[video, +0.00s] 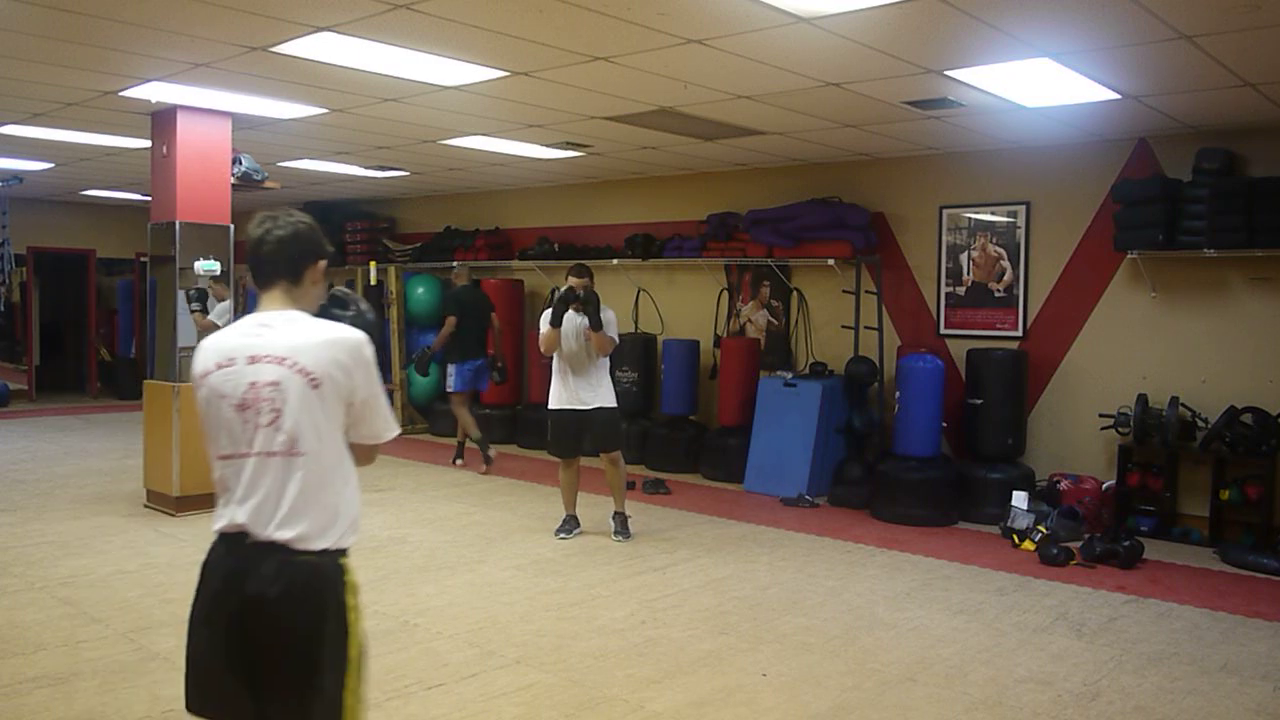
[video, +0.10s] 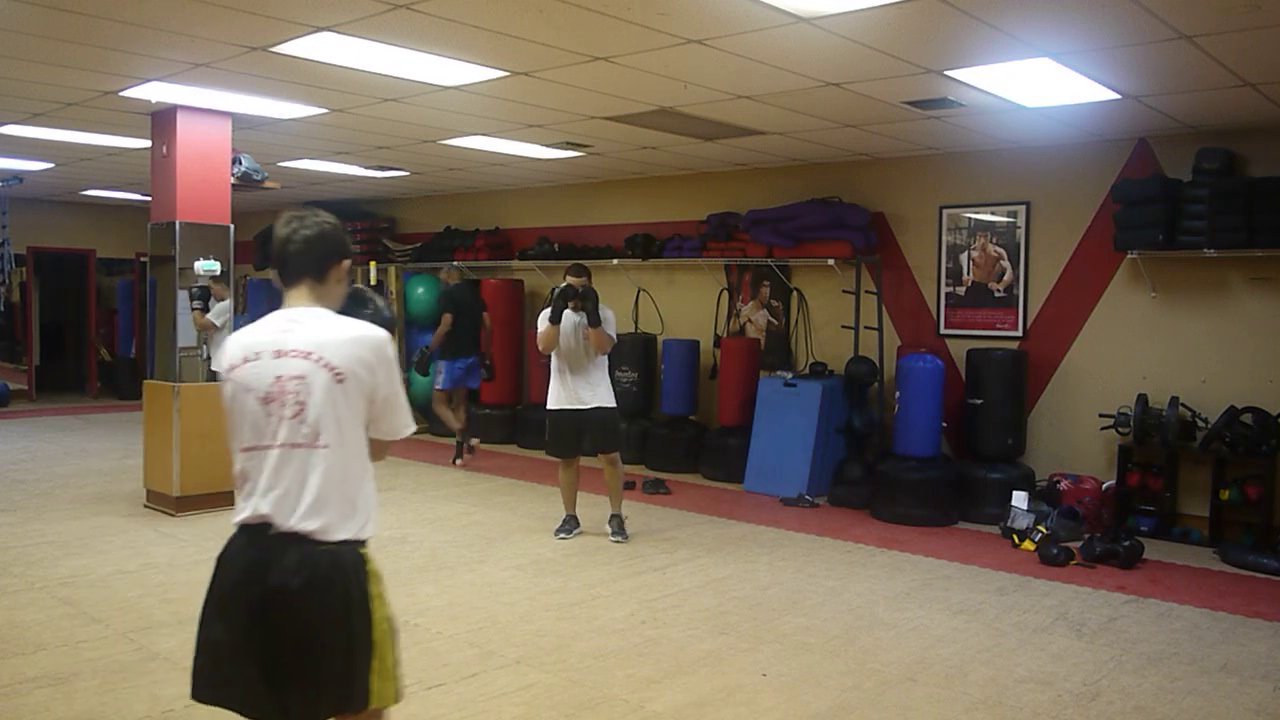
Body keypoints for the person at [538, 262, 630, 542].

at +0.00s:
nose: (577, 294)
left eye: (583, 289)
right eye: (572, 289)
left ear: (592, 287)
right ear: (564, 286)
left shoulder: (605, 314)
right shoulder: (550, 314)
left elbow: (604, 349)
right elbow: (546, 349)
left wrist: (593, 315)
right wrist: (558, 313)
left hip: (600, 399)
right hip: (564, 400)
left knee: (612, 457)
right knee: (567, 461)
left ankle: (620, 515)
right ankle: (570, 516)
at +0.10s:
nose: (576, 294)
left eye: (581, 289)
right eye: (570, 288)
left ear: (590, 287)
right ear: (563, 286)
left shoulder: (603, 314)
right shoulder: (548, 314)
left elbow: (603, 347)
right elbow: (545, 347)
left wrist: (591, 313)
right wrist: (557, 312)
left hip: (599, 399)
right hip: (563, 401)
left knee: (610, 458)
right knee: (567, 460)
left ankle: (616, 517)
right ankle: (570, 517)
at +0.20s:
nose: (575, 294)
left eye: (580, 289)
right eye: (569, 289)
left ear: (589, 287)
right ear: (561, 286)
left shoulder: (603, 315)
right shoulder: (548, 316)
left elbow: (603, 349)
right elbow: (543, 349)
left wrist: (590, 315)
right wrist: (557, 313)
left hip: (599, 401)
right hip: (563, 402)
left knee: (608, 460)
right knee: (567, 461)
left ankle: (612, 519)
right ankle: (570, 517)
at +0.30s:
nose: (571, 293)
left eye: (577, 289)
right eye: (567, 287)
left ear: (588, 288)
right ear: (560, 286)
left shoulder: (602, 315)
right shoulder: (547, 316)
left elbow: (608, 354)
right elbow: (541, 354)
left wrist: (592, 321)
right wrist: (557, 317)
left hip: (599, 401)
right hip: (562, 403)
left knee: (610, 458)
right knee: (567, 461)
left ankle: (613, 517)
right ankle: (570, 517)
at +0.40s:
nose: (571, 295)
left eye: (577, 289)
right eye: (567, 289)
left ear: (587, 289)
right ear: (560, 288)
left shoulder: (601, 317)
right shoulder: (546, 317)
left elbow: (614, 361)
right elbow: (538, 359)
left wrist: (598, 336)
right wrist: (555, 334)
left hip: (598, 401)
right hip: (561, 403)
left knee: (613, 455)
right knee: (566, 462)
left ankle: (611, 513)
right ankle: (570, 517)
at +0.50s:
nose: (572, 297)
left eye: (578, 292)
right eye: (568, 291)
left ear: (588, 291)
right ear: (560, 289)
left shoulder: (602, 318)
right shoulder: (546, 317)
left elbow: (613, 363)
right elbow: (538, 362)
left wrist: (597, 344)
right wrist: (555, 341)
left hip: (598, 401)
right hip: (561, 404)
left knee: (611, 454)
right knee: (566, 461)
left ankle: (609, 514)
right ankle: (570, 517)